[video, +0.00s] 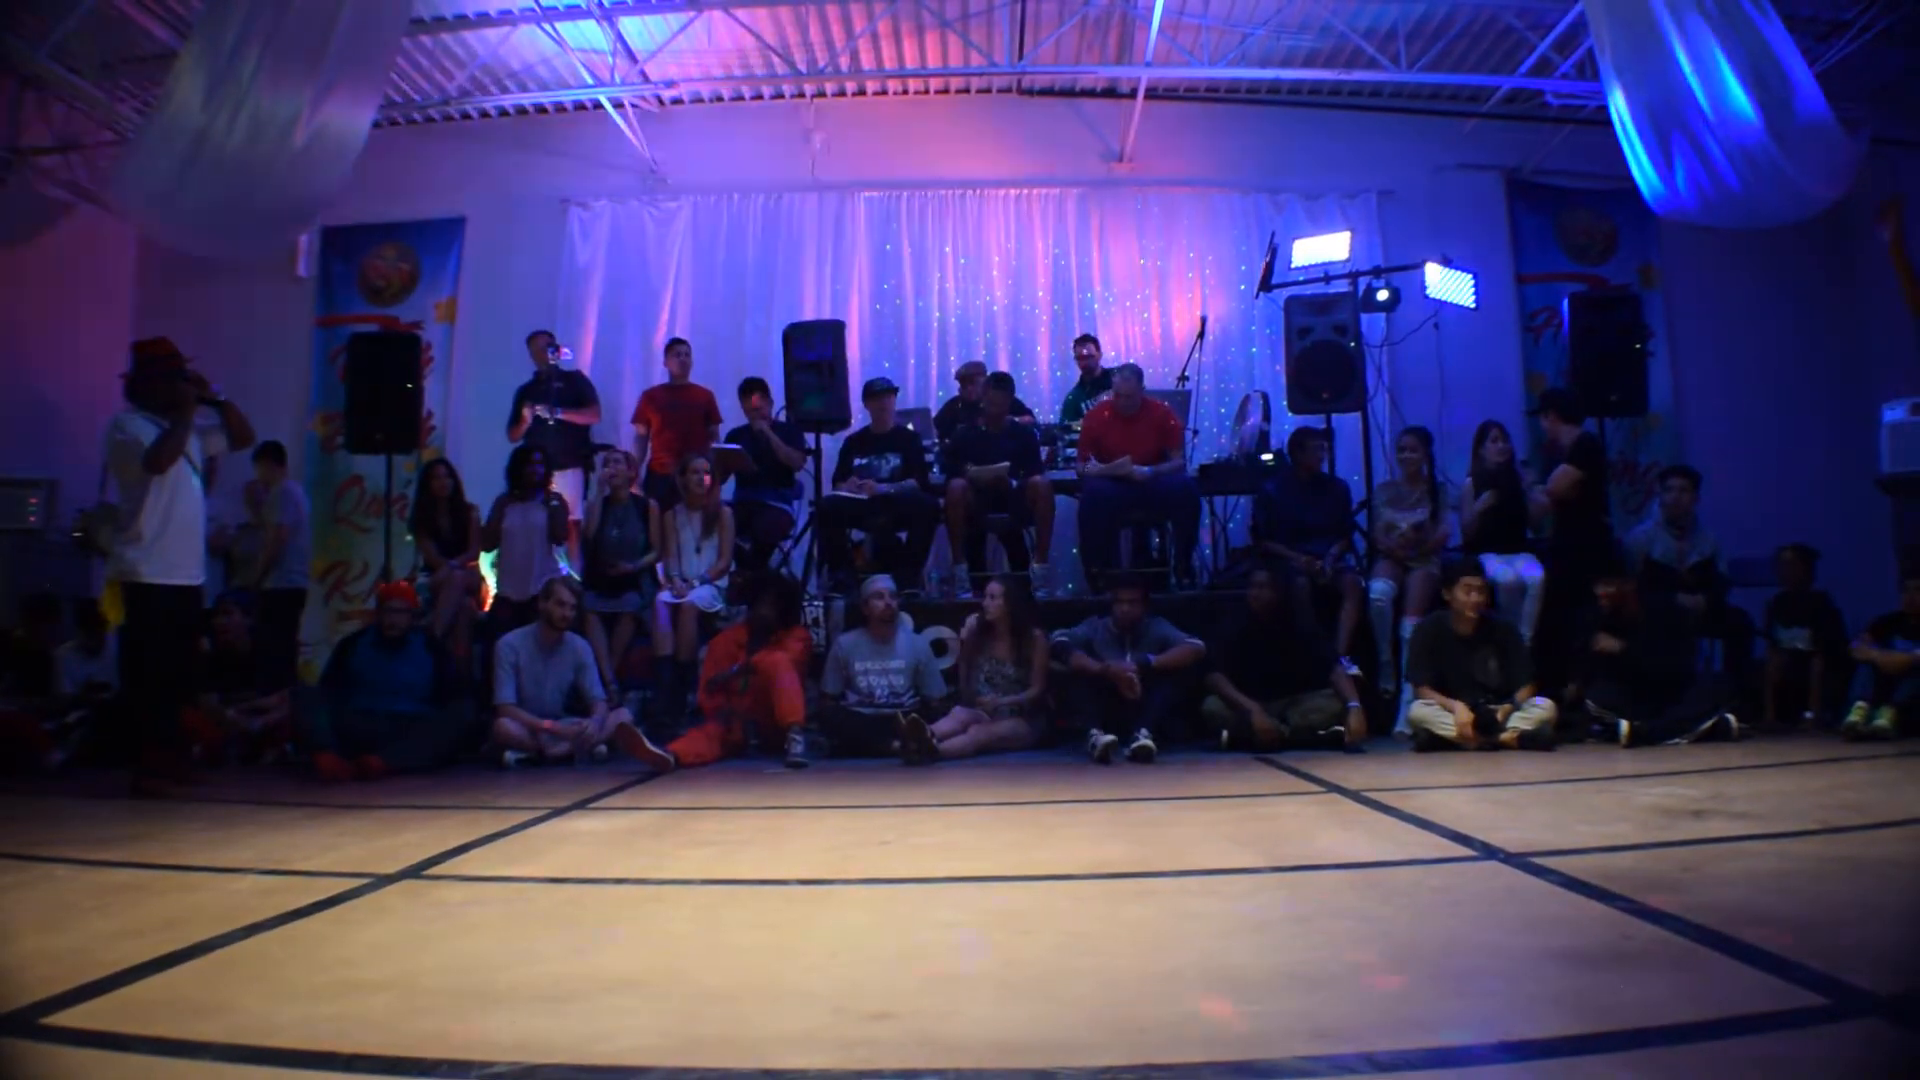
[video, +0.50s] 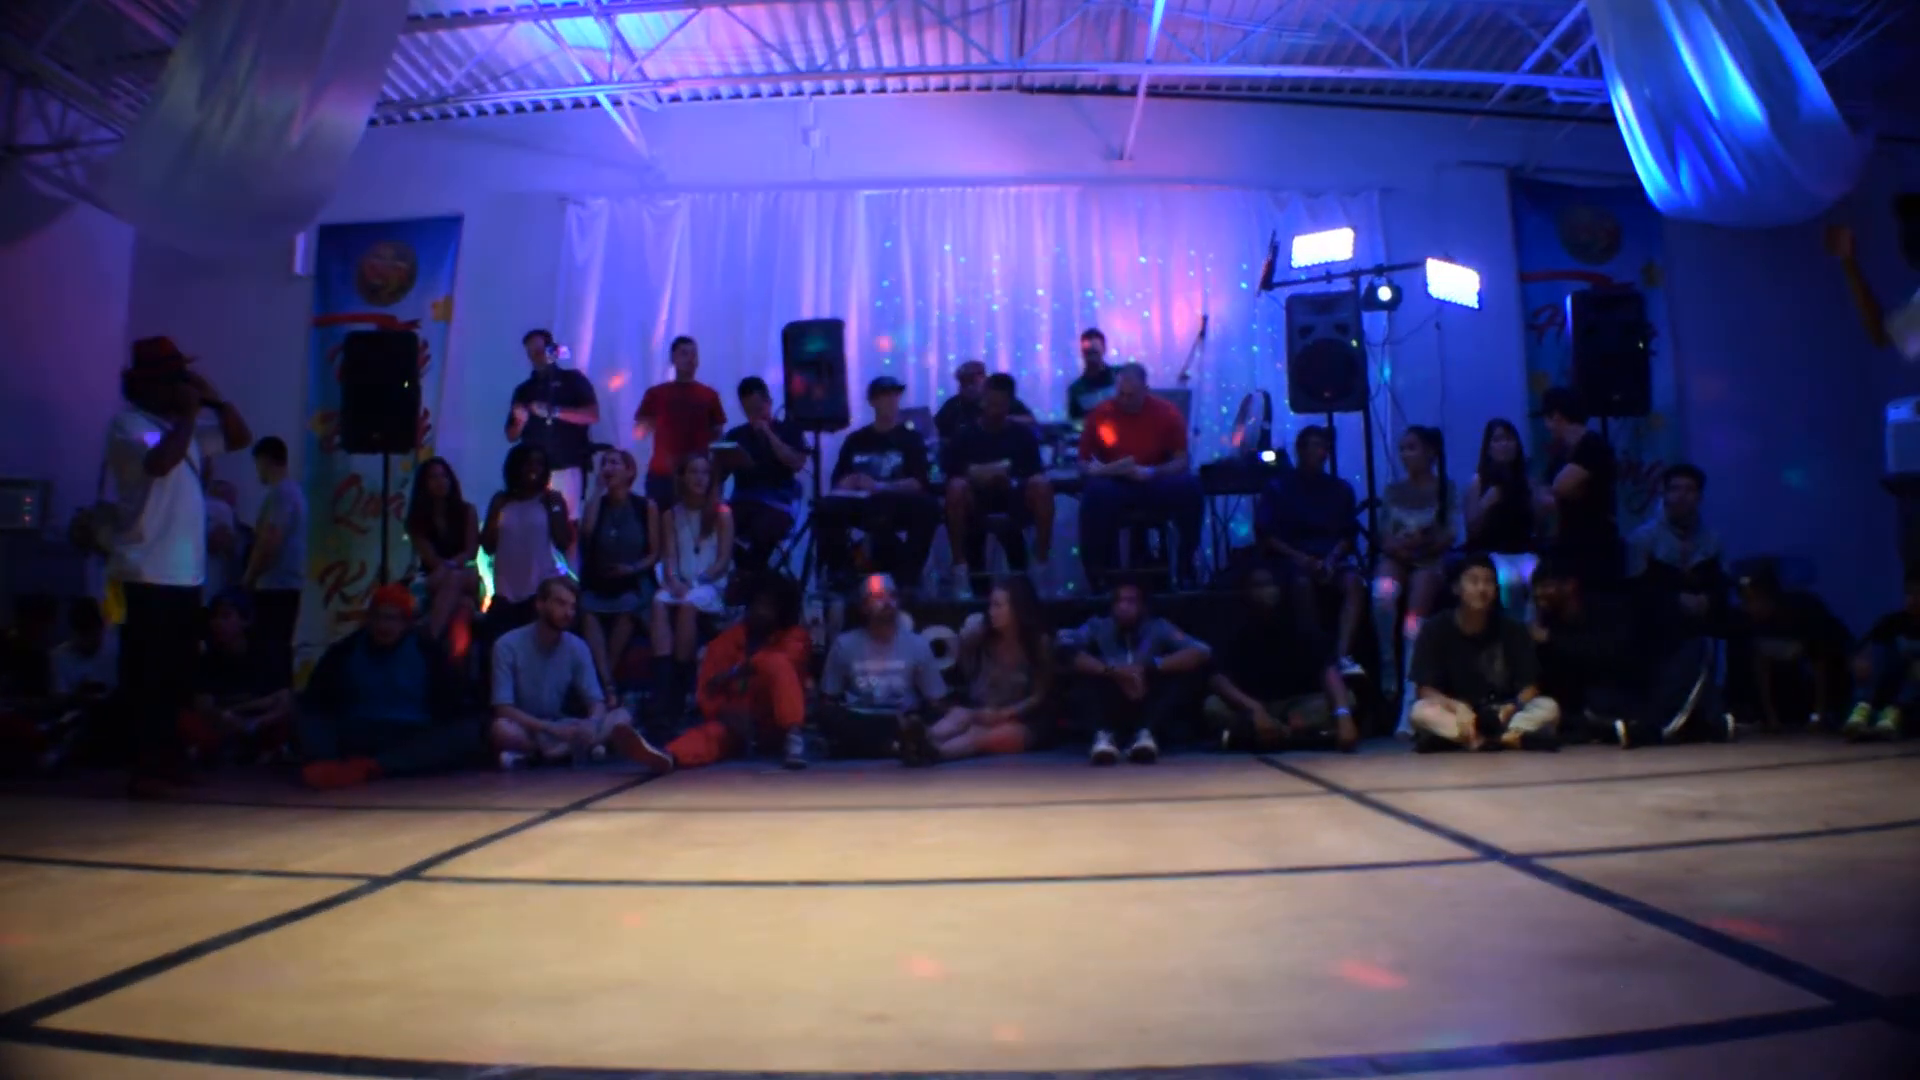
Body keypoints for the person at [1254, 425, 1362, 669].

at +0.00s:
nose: (1322, 455)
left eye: (1323, 449)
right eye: (1315, 450)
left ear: (1326, 453)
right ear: (1297, 453)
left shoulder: (1336, 487)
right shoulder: (1276, 487)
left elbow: (1346, 534)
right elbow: (1263, 539)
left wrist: (1330, 558)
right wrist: (1299, 560)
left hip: (1327, 558)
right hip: (1290, 559)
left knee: (1353, 584)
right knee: (1299, 585)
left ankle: (1342, 655)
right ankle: (1308, 654)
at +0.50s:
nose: (1317, 453)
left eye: (1321, 447)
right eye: (1311, 447)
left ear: (1327, 452)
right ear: (1299, 451)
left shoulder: (1340, 488)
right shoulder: (1281, 486)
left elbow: (1349, 533)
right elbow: (1267, 535)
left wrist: (1331, 559)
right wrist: (1303, 560)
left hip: (1330, 557)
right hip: (1295, 558)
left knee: (1354, 584)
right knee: (1301, 585)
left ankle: (1344, 655)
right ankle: (1309, 655)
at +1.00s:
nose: (1321, 460)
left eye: (1325, 454)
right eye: (1315, 453)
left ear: (1330, 456)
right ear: (1302, 454)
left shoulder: (1339, 488)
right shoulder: (1282, 487)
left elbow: (1351, 533)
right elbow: (1269, 534)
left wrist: (1332, 558)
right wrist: (1305, 560)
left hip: (1331, 558)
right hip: (1296, 558)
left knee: (1353, 583)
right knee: (1300, 584)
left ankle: (1342, 653)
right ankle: (1314, 656)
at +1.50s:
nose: (1323, 455)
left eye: (1325, 449)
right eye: (1316, 449)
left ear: (1330, 453)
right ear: (1300, 454)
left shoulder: (1339, 488)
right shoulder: (1280, 487)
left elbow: (1347, 535)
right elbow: (1270, 538)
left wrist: (1332, 558)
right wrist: (1309, 561)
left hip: (1330, 557)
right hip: (1294, 557)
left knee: (1354, 580)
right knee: (1301, 584)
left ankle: (1351, 648)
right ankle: (1312, 654)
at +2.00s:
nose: (1310, 449)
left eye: (1316, 443)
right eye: (1304, 444)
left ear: (1324, 449)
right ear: (1294, 450)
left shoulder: (1340, 485)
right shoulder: (1278, 485)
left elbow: (1346, 532)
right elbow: (1267, 535)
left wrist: (1331, 561)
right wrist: (1301, 559)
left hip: (1330, 558)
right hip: (1294, 558)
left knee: (1354, 583)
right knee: (1299, 585)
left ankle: (1357, 655)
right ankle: (1310, 662)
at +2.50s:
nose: (1301, 449)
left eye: (1309, 444)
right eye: (1299, 443)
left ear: (1324, 453)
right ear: (1294, 449)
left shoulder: (1339, 488)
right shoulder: (1278, 483)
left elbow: (1336, 536)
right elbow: (1266, 533)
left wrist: (1326, 572)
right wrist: (1301, 554)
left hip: (1324, 557)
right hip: (1289, 556)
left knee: (1351, 584)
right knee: (1305, 579)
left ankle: (1353, 659)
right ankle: (1305, 658)